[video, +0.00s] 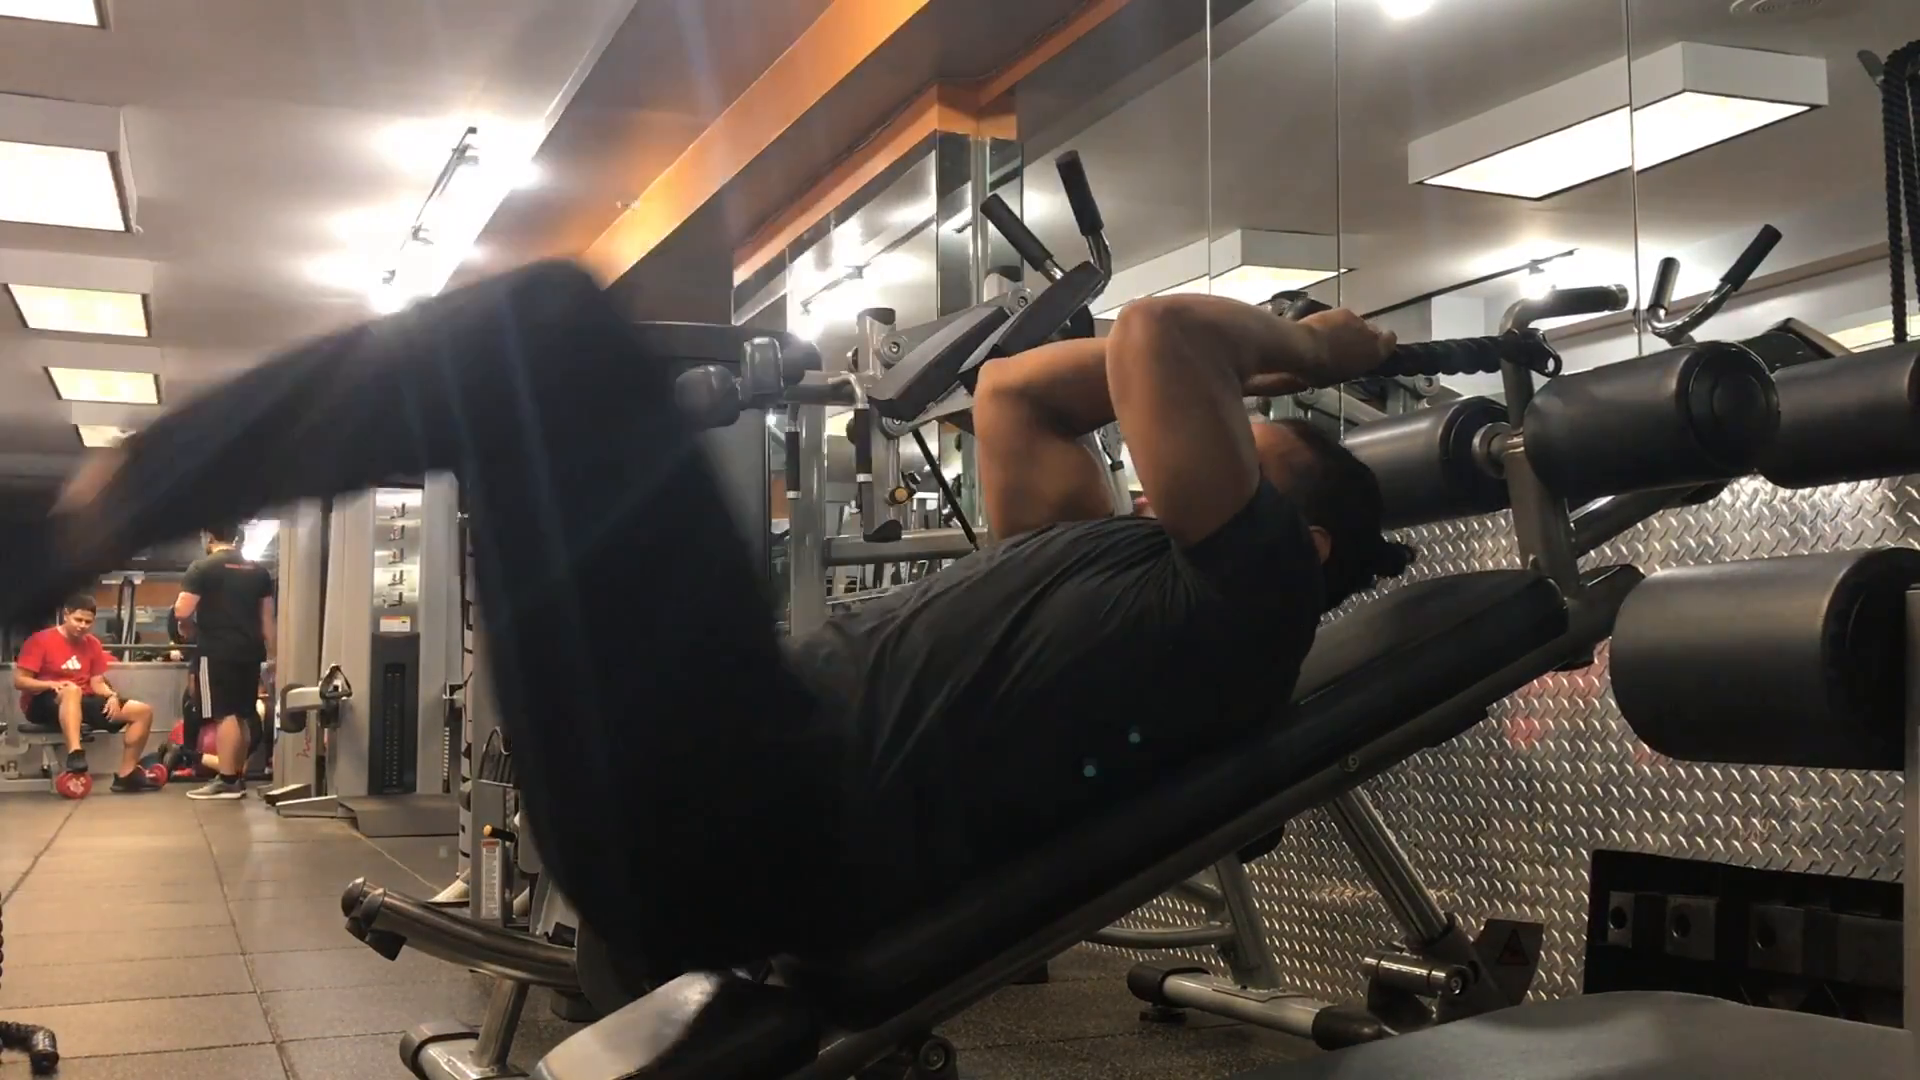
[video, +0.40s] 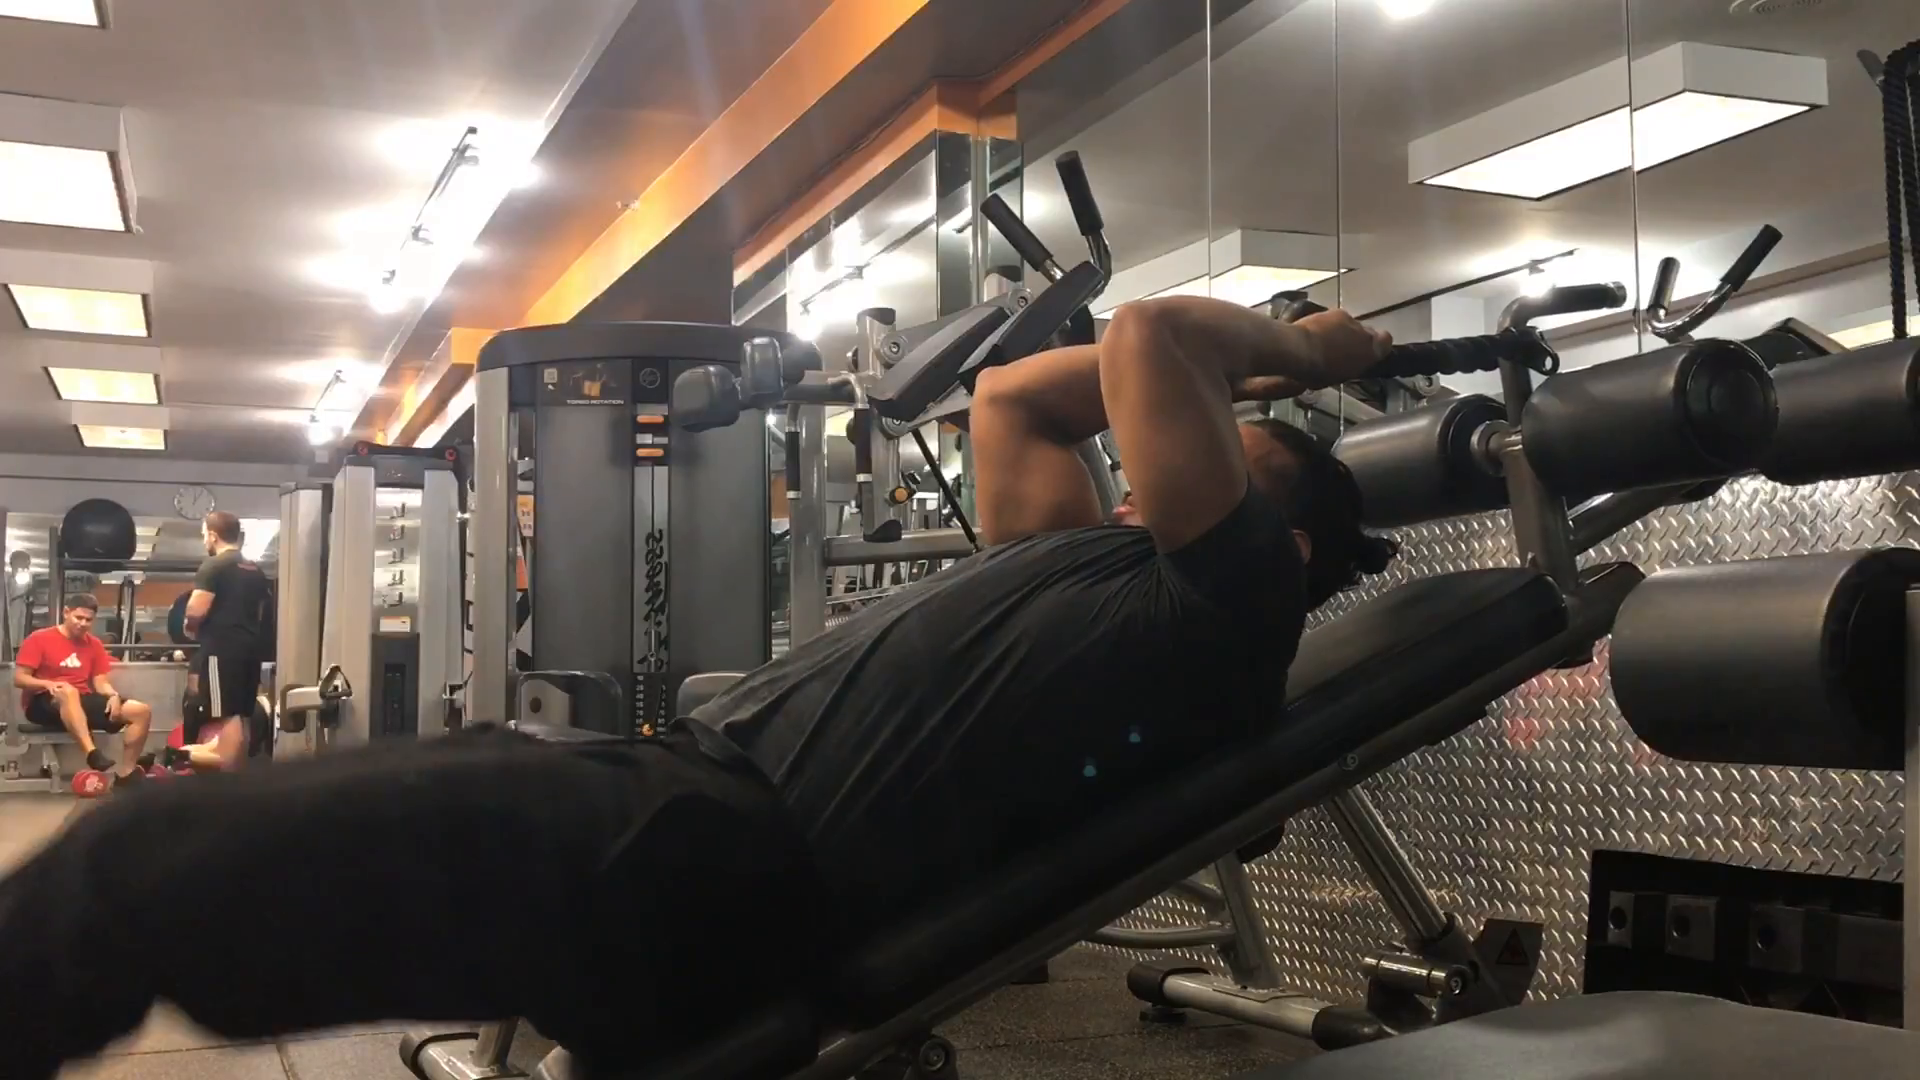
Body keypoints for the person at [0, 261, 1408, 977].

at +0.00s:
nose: (1226, 473)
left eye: (1263, 472)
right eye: (1248, 465)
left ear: (1293, 514)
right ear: (1240, 503)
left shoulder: (1234, 613)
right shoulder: (1090, 580)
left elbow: (1170, 326)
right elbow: (1017, 389)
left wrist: (1314, 341)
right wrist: (1208, 374)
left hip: (767, 868)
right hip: (723, 802)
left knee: (551, 332)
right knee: (548, 320)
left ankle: (97, 509)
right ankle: (112, 498)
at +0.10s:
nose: (1212, 461)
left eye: (1255, 457)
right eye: (1231, 450)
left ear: (1292, 525)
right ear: (1212, 500)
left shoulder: (1240, 616)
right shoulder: (1088, 580)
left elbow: (1152, 322)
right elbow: (1009, 396)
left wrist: (1301, 347)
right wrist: (1205, 404)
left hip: (762, 885)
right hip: (726, 794)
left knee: (386, 437)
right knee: (392, 433)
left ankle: (30, 662)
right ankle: (55, 630)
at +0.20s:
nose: (1210, 463)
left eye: (1247, 460)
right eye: (1229, 457)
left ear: (1279, 513)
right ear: (1216, 506)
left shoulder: (1238, 608)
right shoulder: (1075, 580)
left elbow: (1147, 328)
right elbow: (1010, 400)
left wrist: (1304, 350)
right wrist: (1204, 421)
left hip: (739, 884)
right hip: (693, 795)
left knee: (238, 575)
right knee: (239, 573)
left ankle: (20, 792)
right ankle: (31, 777)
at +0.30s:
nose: (1203, 466)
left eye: (1241, 462)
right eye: (1225, 461)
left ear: (1276, 513)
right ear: (1216, 511)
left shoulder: (1237, 604)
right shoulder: (1078, 574)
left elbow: (1149, 325)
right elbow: (1008, 398)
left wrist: (1307, 351)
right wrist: (1200, 418)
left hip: (689, 855)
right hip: (638, 749)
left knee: (155, 728)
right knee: (170, 703)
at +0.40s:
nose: (1221, 471)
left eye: (1253, 469)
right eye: (1235, 467)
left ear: (1282, 519)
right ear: (1209, 511)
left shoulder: (1237, 602)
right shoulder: (1074, 573)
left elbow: (1148, 325)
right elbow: (1008, 398)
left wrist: (1308, 346)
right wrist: (1192, 414)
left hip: (723, 865)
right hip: (653, 783)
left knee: (131, 873)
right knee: (139, 849)